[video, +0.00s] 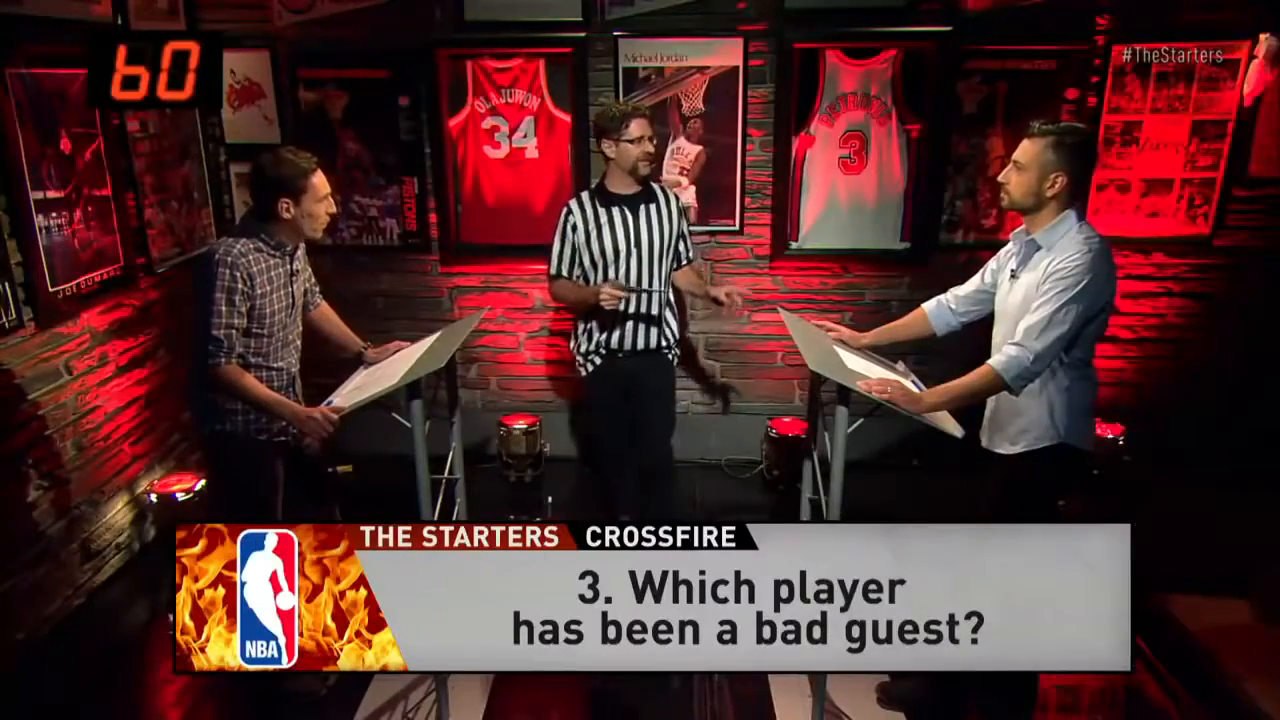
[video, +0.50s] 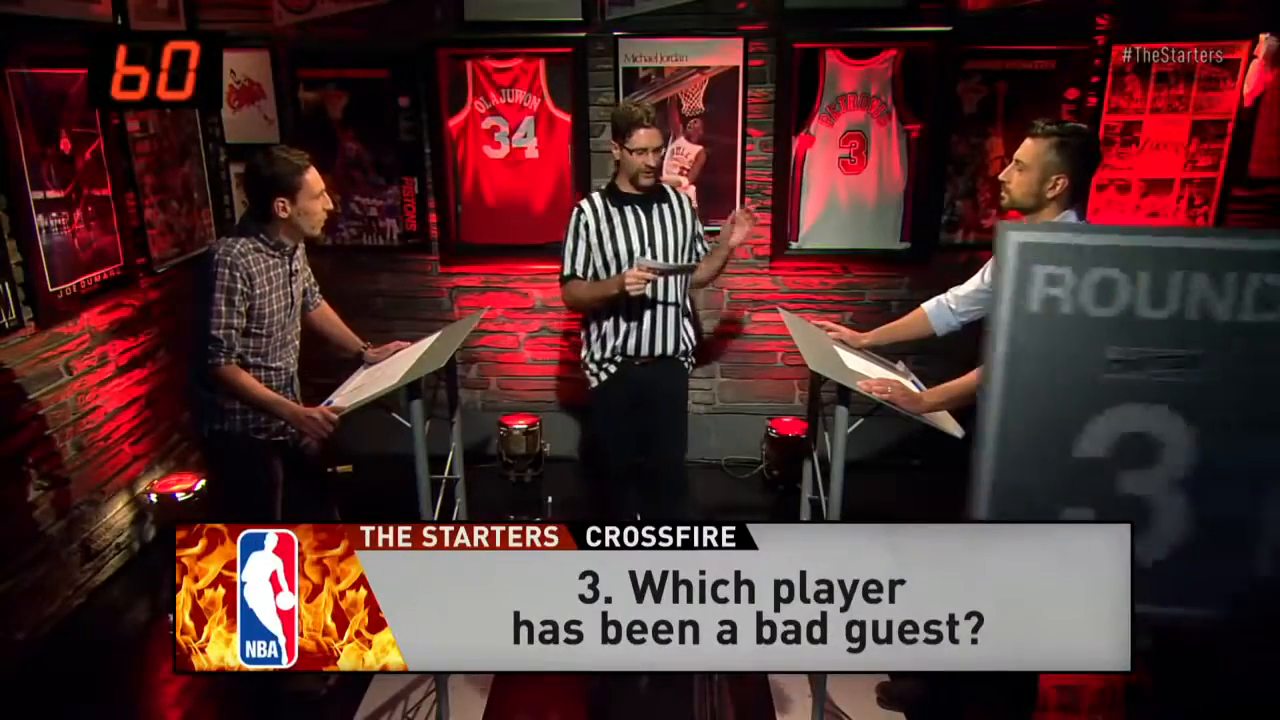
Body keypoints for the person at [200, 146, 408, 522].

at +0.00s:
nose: (333, 208)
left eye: (330, 198)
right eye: (323, 200)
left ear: (288, 209)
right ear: (287, 208)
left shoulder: (292, 248)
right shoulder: (233, 260)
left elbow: (313, 305)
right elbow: (220, 365)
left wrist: (364, 350)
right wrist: (296, 414)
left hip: (287, 428)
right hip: (244, 438)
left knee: (302, 528)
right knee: (254, 540)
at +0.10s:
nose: (333, 208)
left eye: (330, 198)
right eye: (323, 201)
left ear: (288, 209)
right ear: (287, 208)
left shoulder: (292, 248)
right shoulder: (233, 261)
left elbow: (313, 305)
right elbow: (220, 365)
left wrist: (364, 350)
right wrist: (296, 414)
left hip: (287, 429)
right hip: (243, 438)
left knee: (302, 528)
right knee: (254, 540)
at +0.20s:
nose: (332, 207)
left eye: (329, 197)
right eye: (322, 200)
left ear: (287, 208)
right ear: (287, 208)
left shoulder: (291, 248)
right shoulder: (233, 261)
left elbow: (313, 305)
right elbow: (220, 365)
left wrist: (364, 350)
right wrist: (296, 414)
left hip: (287, 429)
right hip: (243, 438)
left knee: (302, 528)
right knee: (254, 540)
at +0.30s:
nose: (332, 206)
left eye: (328, 195)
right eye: (321, 198)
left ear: (287, 208)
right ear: (285, 207)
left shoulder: (292, 248)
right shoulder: (233, 260)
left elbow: (313, 305)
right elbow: (220, 365)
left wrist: (364, 350)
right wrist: (295, 414)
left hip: (286, 429)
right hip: (243, 438)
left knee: (302, 529)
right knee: (254, 540)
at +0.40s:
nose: (331, 205)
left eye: (327, 194)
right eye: (320, 197)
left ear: (286, 208)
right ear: (285, 207)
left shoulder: (292, 248)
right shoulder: (233, 260)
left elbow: (313, 305)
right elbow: (220, 366)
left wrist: (364, 350)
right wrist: (295, 414)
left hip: (288, 428)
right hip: (243, 438)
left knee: (308, 526)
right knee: (255, 540)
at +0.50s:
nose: (329, 204)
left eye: (325, 193)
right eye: (319, 196)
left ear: (286, 207)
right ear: (283, 207)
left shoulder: (292, 248)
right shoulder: (233, 260)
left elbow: (313, 305)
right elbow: (220, 365)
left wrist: (364, 350)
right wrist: (295, 413)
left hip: (288, 428)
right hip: (243, 437)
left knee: (307, 527)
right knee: (255, 540)